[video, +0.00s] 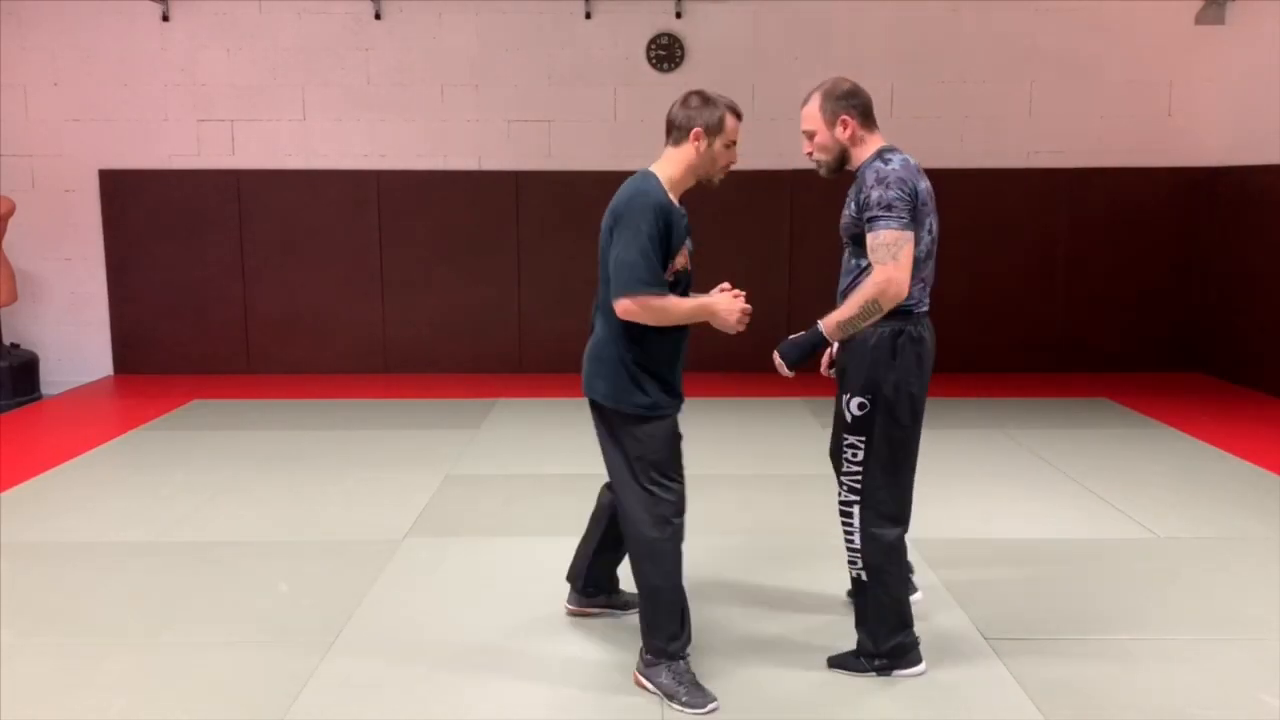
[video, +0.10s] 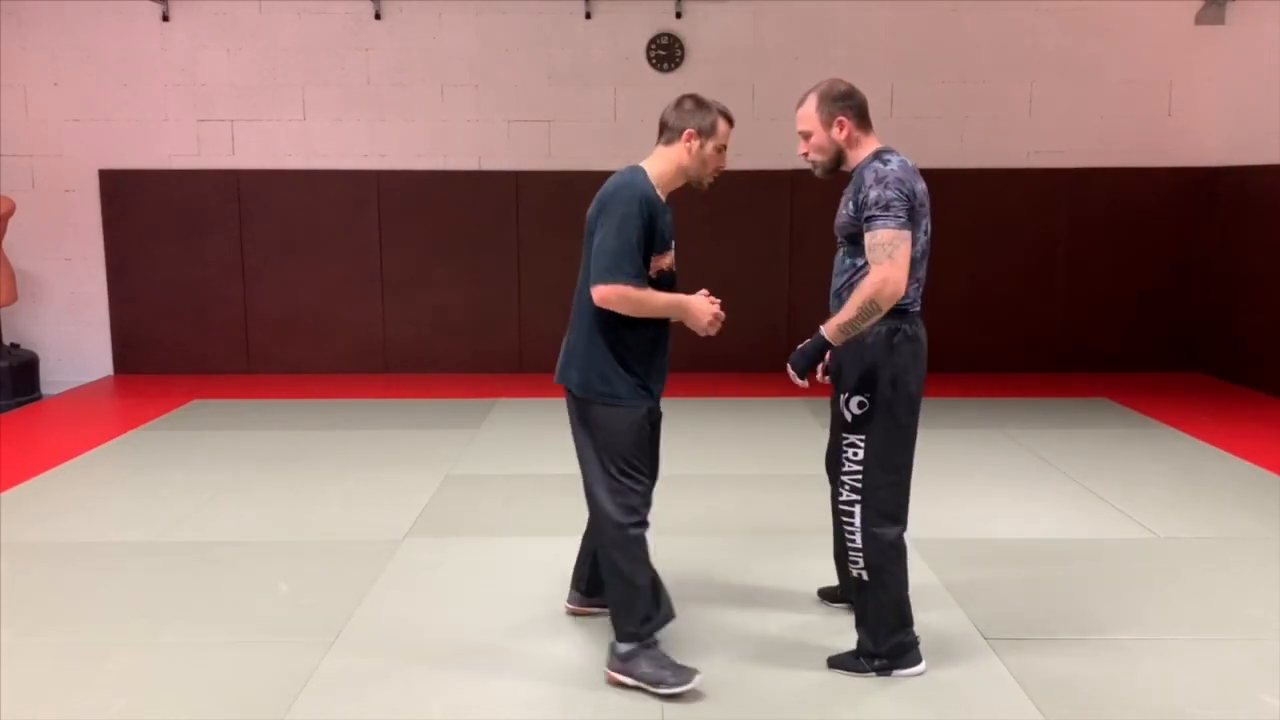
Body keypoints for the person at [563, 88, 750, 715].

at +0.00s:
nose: (735, 158)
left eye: (736, 146)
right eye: (730, 145)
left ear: (692, 141)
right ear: (698, 141)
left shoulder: (663, 202)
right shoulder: (642, 205)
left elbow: (660, 293)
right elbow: (631, 302)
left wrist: (699, 301)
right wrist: (705, 308)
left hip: (642, 381)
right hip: (630, 388)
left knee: (633, 486)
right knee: (659, 511)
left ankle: (590, 584)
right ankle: (662, 657)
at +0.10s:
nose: (724, 161)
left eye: (726, 149)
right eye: (720, 147)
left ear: (684, 143)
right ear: (689, 143)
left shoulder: (653, 199)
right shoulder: (627, 197)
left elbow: (653, 283)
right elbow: (610, 291)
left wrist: (684, 305)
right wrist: (682, 305)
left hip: (632, 379)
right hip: (605, 381)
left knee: (626, 491)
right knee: (624, 506)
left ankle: (591, 586)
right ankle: (633, 646)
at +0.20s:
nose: (705, 150)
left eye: (706, 138)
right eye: (700, 137)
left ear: (665, 133)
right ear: (669, 132)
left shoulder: (635, 190)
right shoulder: (610, 189)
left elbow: (616, 276)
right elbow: (595, 280)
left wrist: (640, 263)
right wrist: (662, 295)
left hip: (620, 379)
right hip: (591, 380)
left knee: (620, 495)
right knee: (593, 504)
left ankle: (603, 593)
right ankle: (572, 635)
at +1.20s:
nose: (615, 160)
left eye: (617, 149)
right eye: (611, 148)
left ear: (576, 141)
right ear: (582, 141)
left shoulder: (548, 196)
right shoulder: (525, 206)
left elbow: (553, 273)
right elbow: (515, 307)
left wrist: (590, 295)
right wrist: (586, 302)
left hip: (545, 375)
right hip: (505, 382)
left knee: (566, 475)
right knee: (508, 505)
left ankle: (576, 578)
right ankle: (488, 623)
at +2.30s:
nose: (597, 186)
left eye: (601, 174)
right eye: (592, 172)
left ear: (562, 162)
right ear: (556, 159)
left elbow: (585, 275)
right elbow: (515, 314)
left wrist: (647, 257)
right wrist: (577, 264)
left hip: (574, 374)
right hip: (516, 386)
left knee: (620, 470)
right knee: (496, 497)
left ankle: (570, 564)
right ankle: (454, 616)